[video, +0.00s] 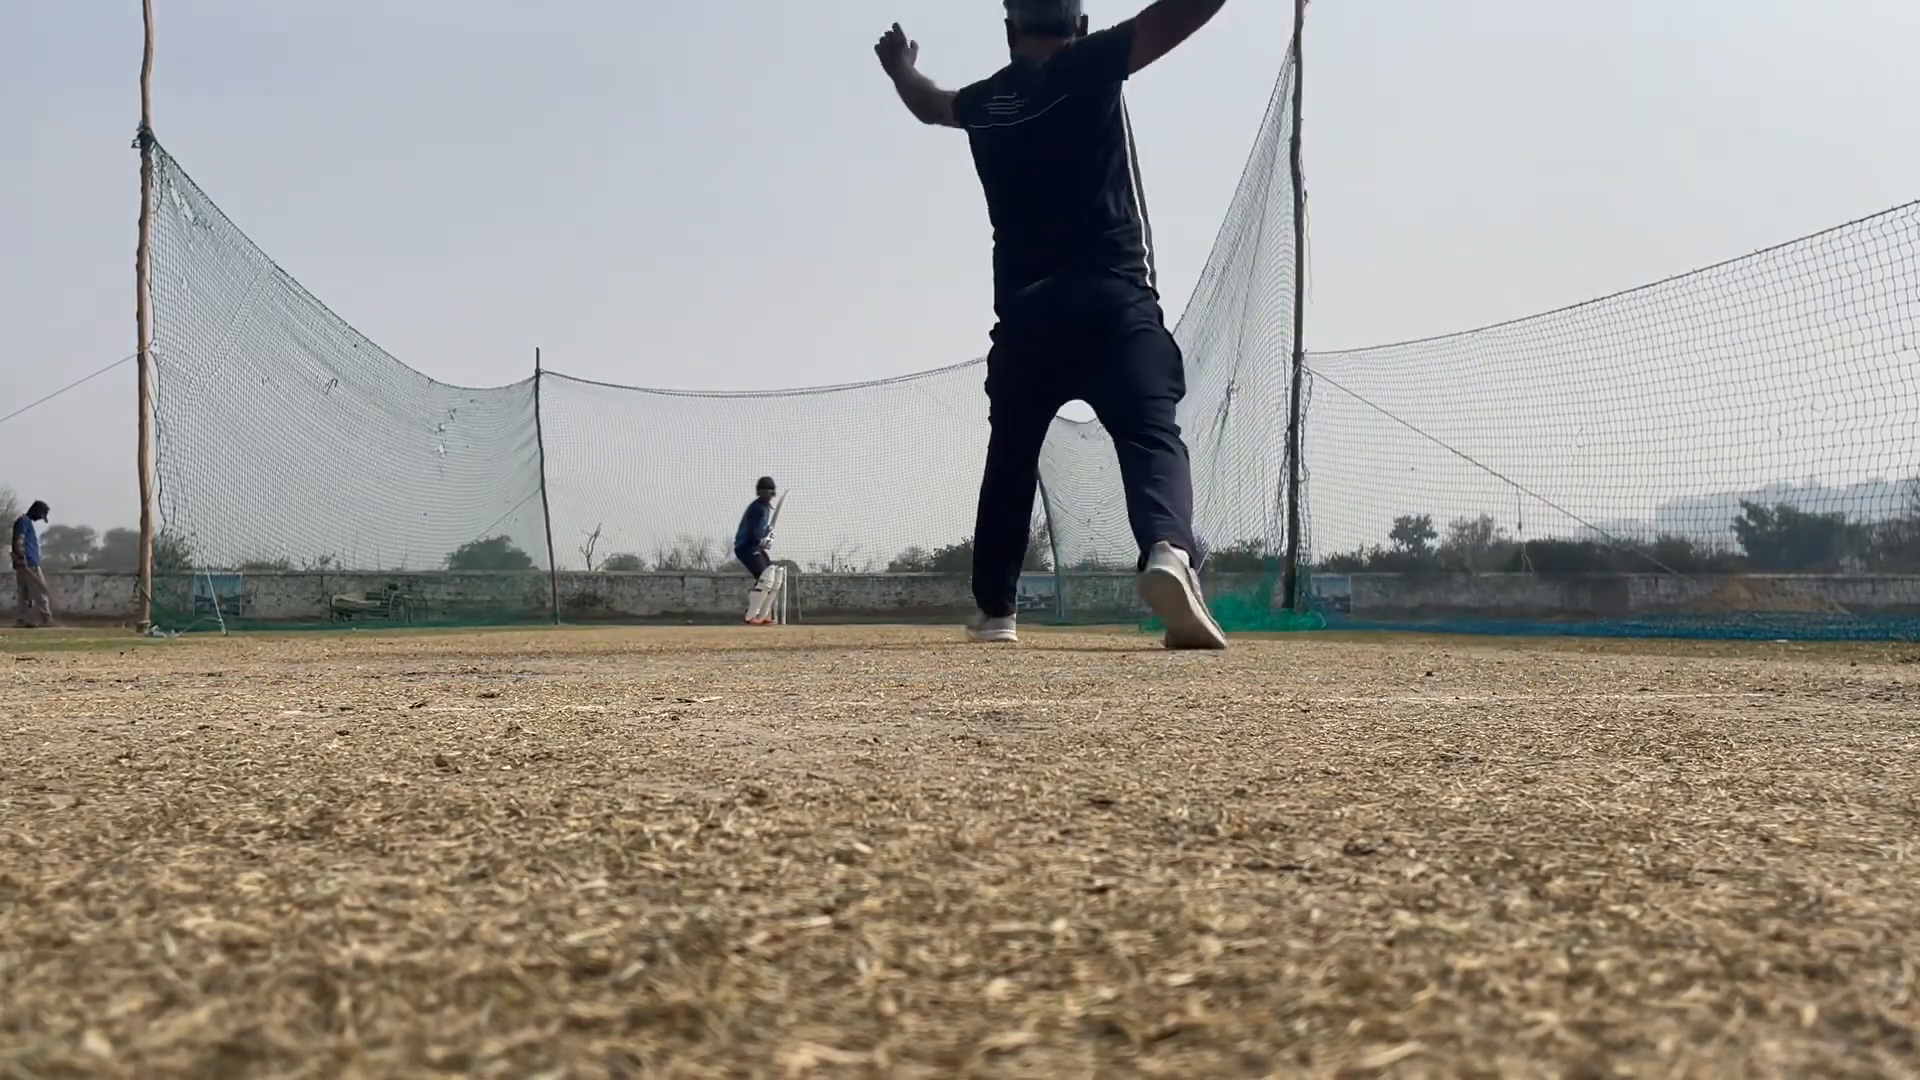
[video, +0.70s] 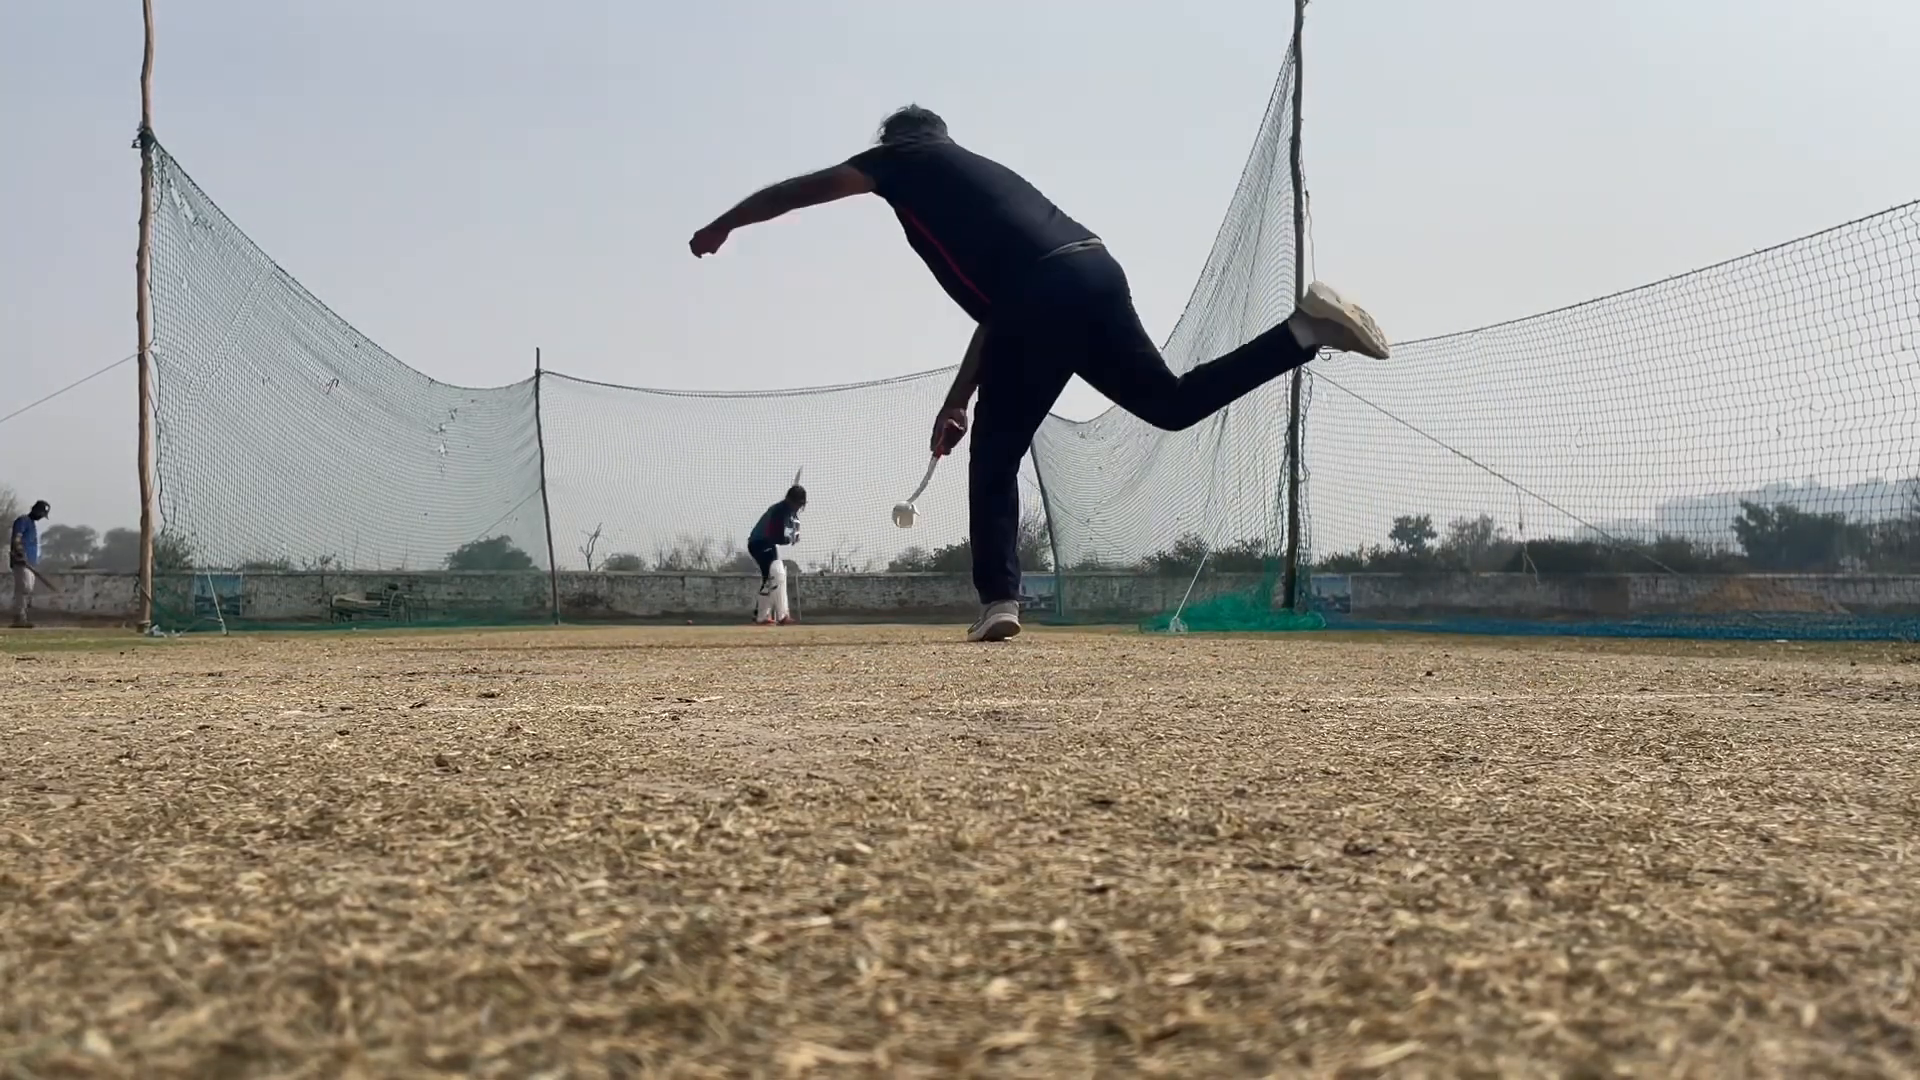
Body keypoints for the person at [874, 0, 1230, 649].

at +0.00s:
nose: (1082, 34)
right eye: (1080, 26)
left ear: (1011, 34)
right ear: (1077, 28)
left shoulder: (981, 100)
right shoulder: (1095, 59)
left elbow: (927, 102)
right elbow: (1192, 8)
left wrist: (900, 66)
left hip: (1024, 313)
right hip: (1114, 298)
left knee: (1010, 455)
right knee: (1151, 430)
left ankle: (995, 613)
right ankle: (1168, 555)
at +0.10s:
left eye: (965, 84)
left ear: (959, 92)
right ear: (1026, 81)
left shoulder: (941, 163)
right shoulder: (1067, 114)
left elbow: (875, 219)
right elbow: (1139, 63)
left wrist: (861, 179)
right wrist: (1114, 19)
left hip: (1018, 335)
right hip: (1102, 314)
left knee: (1003, 472)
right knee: (1137, 446)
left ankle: (999, 610)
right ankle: (1144, 529)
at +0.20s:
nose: (919, 148)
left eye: (918, 139)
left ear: (926, 139)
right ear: (982, 125)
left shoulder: (927, 186)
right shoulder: (1028, 156)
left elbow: (909, 299)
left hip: (1024, 315)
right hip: (1107, 293)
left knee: (994, 463)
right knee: (1124, 453)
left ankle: (998, 610)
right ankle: (1109, 522)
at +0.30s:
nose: (898, 183)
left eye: (896, 174)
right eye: (896, 175)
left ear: (905, 166)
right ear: (948, 155)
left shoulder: (916, 181)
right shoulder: (996, 187)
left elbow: (943, 239)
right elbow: (1002, 316)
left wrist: (941, 318)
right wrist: (953, 410)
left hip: (1023, 294)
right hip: (1100, 271)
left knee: (997, 454)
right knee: (1149, 418)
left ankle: (999, 610)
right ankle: (1144, 459)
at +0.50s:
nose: (875, 234)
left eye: (871, 216)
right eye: (871, 222)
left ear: (887, 192)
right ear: (898, 209)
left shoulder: (910, 169)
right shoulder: (940, 267)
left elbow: (869, 66)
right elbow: (952, 348)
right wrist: (901, 380)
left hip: (1029, 305)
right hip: (1095, 282)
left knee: (997, 457)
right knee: (1206, 378)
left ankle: (1000, 609)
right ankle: (1324, 271)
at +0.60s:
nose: (884, 206)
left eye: (881, 195)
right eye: (884, 199)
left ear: (892, 181)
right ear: (914, 199)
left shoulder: (913, 161)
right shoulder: (957, 246)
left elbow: (807, 97)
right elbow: (959, 341)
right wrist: (905, 409)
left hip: (1036, 297)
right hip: (1102, 284)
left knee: (995, 450)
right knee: (1212, 379)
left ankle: (1001, 612)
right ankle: (1337, 274)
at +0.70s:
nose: (875, 170)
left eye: (880, 159)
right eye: (882, 163)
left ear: (893, 146)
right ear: (937, 140)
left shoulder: (902, 159)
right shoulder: (977, 180)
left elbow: (804, 191)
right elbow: (1001, 307)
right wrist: (957, 403)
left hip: (1035, 295)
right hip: (1096, 275)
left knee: (994, 458)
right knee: (1171, 403)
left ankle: (1000, 607)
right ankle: (1305, 332)